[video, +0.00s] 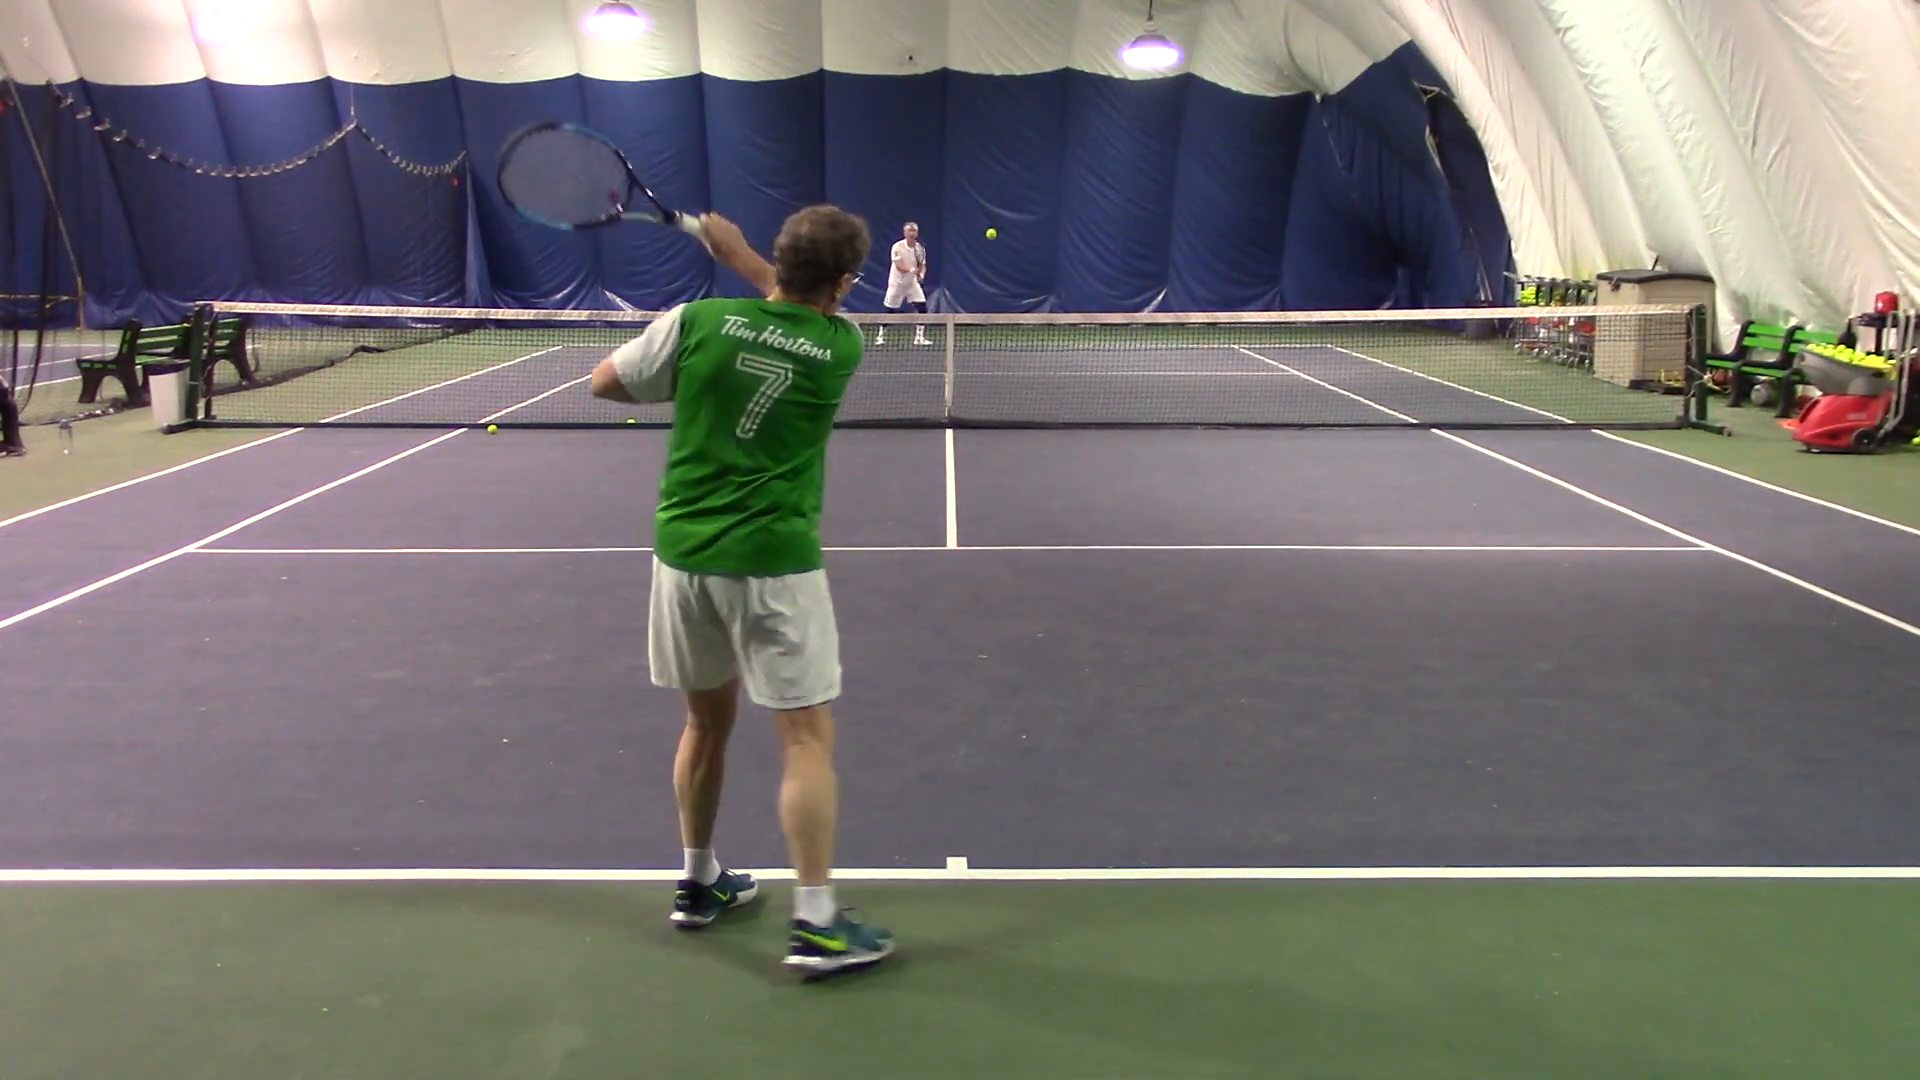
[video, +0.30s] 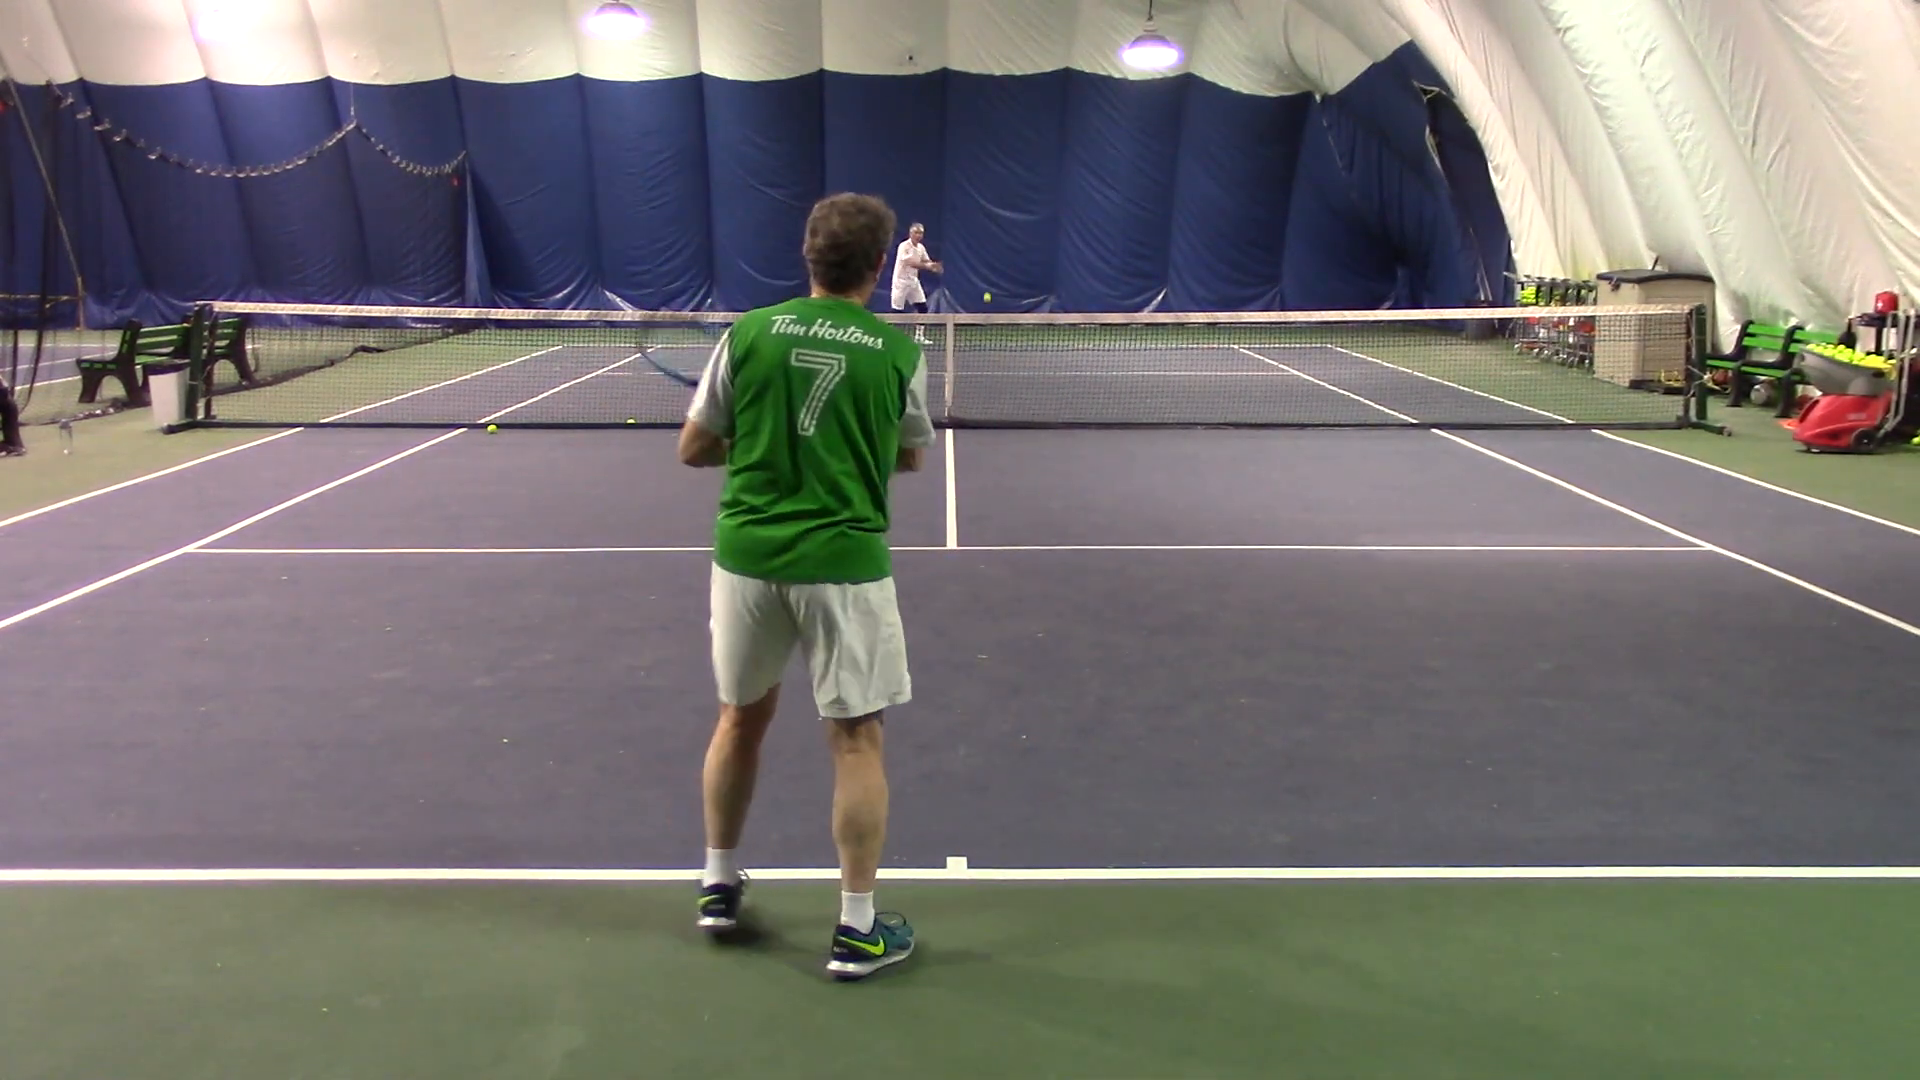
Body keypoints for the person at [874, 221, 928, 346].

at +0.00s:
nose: (912, 235)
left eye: (914, 232)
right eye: (910, 232)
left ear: (917, 233)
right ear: (905, 233)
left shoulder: (920, 249)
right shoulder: (897, 247)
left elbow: (922, 264)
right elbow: (898, 265)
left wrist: (922, 273)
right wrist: (910, 269)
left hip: (912, 282)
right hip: (897, 283)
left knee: (922, 307)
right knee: (889, 309)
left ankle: (919, 336)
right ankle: (880, 335)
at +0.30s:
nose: (918, 236)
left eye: (920, 233)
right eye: (916, 233)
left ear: (922, 235)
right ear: (910, 233)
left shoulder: (921, 247)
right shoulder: (903, 246)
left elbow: (926, 261)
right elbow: (909, 261)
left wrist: (934, 266)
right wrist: (928, 266)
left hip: (913, 281)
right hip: (900, 281)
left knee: (922, 307)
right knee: (897, 311)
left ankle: (919, 335)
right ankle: (890, 337)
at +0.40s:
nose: (923, 238)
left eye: (925, 236)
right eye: (920, 235)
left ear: (926, 237)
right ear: (915, 236)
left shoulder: (923, 249)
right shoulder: (908, 248)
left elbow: (933, 257)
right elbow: (921, 259)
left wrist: (944, 256)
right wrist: (939, 258)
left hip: (913, 280)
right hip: (901, 280)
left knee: (923, 307)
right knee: (907, 308)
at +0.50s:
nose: (927, 243)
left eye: (929, 240)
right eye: (925, 240)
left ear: (930, 241)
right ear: (919, 239)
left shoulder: (926, 251)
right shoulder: (912, 250)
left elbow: (937, 255)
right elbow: (927, 257)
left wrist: (951, 251)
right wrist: (946, 247)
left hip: (914, 282)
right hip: (902, 282)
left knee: (923, 307)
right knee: (911, 304)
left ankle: (921, 329)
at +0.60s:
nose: (932, 245)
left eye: (934, 242)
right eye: (930, 242)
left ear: (935, 243)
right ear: (923, 241)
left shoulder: (926, 252)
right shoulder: (916, 252)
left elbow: (937, 260)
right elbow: (934, 260)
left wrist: (951, 255)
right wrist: (944, 249)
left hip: (914, 284)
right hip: (903, 283)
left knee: (925, 309)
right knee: (912, 306)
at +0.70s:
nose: (936, 247)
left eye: (938, 244)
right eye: (934, 243)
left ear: (939, 245)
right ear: (927, 243)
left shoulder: (927, 254)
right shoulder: (920, 253)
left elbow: (935, 266)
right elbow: (935, 266)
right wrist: (942, 255)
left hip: (916, 285)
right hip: (905, 284)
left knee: (925, 308)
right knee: (915, 307)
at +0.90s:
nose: (938, 241)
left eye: (940, 238)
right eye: (936, 237)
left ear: (941, 239)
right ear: (930, 235)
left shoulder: (934, 251)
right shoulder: (917, 245)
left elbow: (938, 270)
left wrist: (950, 279)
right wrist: (935, 257)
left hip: (921, 280)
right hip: (908, 278)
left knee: (923, 307)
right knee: (915, 306)